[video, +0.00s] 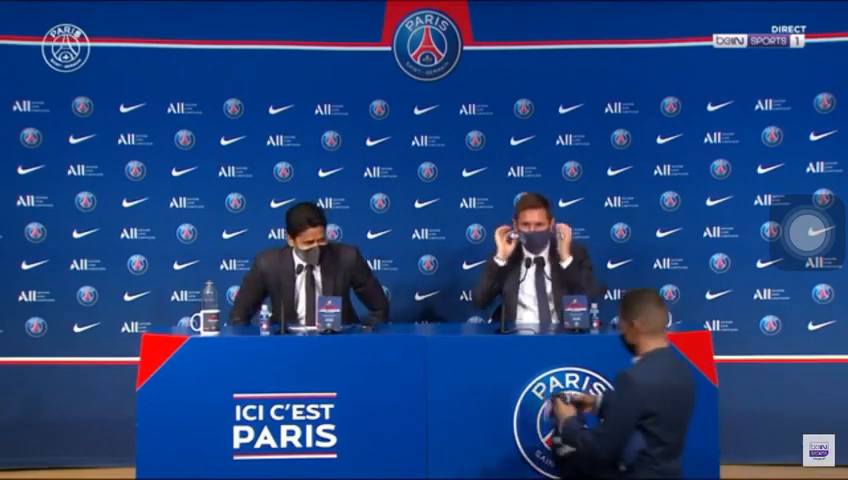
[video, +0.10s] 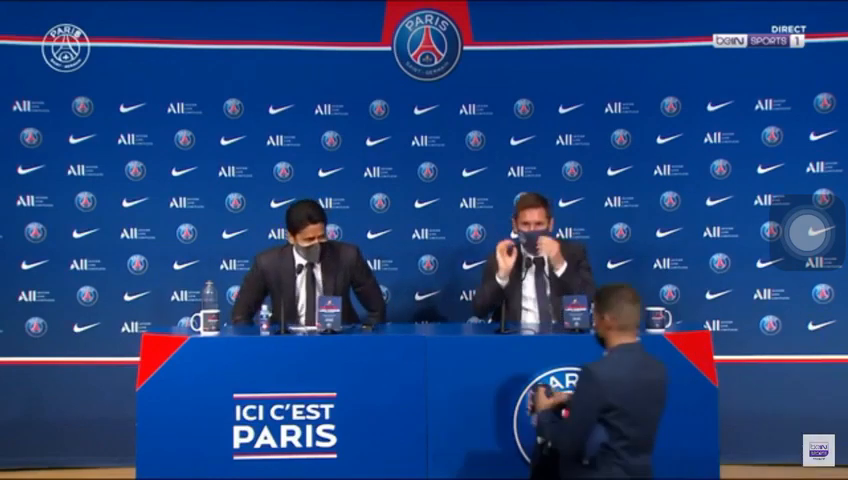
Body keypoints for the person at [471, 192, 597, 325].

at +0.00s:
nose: (532, 231)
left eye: (539, 225)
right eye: (526, 225)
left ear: (551, 225)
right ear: (516, 225)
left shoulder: (573, 253)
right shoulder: (506, 255)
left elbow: (591, 296)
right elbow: (480, 301)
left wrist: (566, 259)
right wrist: (500, 258)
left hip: (561, 340)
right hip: (516, 341)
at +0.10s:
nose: (532, 231)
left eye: (538, 224)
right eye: (525, 224)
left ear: (550, 225)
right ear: (515, 225)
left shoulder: (573, 253)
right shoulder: (501, 256)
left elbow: (587, 298)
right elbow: (480, 310)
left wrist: (559, 265)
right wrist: (502, 276)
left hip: (560, 342)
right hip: (514, 343)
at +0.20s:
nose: (532, 231)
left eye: (538, 225)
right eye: (525, 225)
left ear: (549, 225)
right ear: (514, 225)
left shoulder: (569, 253)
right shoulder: (498, 260)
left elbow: (583, 295)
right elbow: (479, 313)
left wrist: (554, 269)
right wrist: (501, 290)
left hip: (557, 341)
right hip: (512, 342)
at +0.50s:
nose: (528, 236)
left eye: (534, 229)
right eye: (521, 229)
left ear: (541, 225)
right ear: (506, 228)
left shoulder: (562, 250)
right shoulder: (487, 262)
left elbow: (593, 291)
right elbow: (474, 306)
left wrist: (569, 289)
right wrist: (501, 312)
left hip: (556, 340)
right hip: (505, 344)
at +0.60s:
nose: (527, 236)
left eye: (532, 229)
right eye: (520, 230)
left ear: (539, 226)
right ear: (503, 228)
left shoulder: (561, 251)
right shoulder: (487, 261)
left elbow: (594, 290)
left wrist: (571, 299)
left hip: (557, 341)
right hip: (504, 345)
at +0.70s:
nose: (525, 236)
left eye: (531, 229)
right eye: (518, 230)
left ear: (538, 225)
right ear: (503, 229)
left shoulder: (559, 250)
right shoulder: (486, 261)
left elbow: (592, 288)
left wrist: (569, 310)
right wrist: (474, 299)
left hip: (556, 344)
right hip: (508, 348)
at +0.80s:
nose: (525, 235)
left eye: (530, 228)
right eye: (518, 229)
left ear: (538, 223)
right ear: (503, 227)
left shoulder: (559, 250)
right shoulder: (485, 261)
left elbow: (591, 288)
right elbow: (478, 316)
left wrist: (572, 317)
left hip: (556, 342)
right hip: (506, 345)